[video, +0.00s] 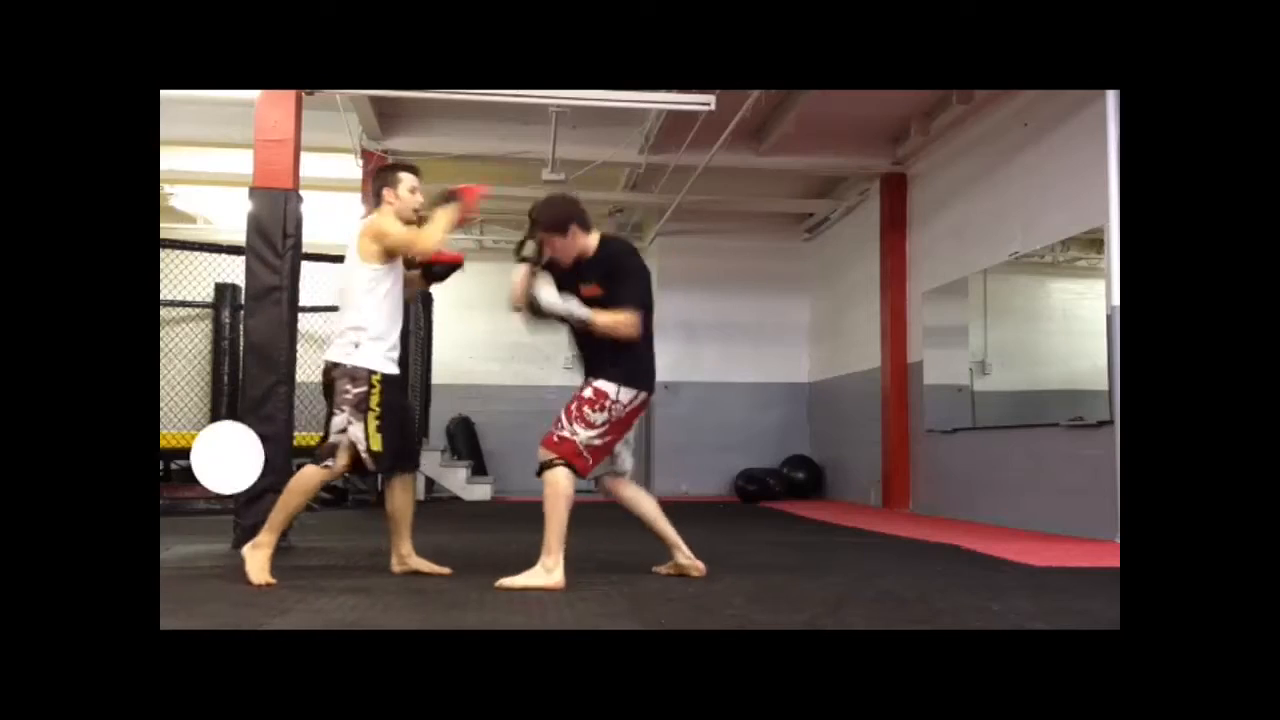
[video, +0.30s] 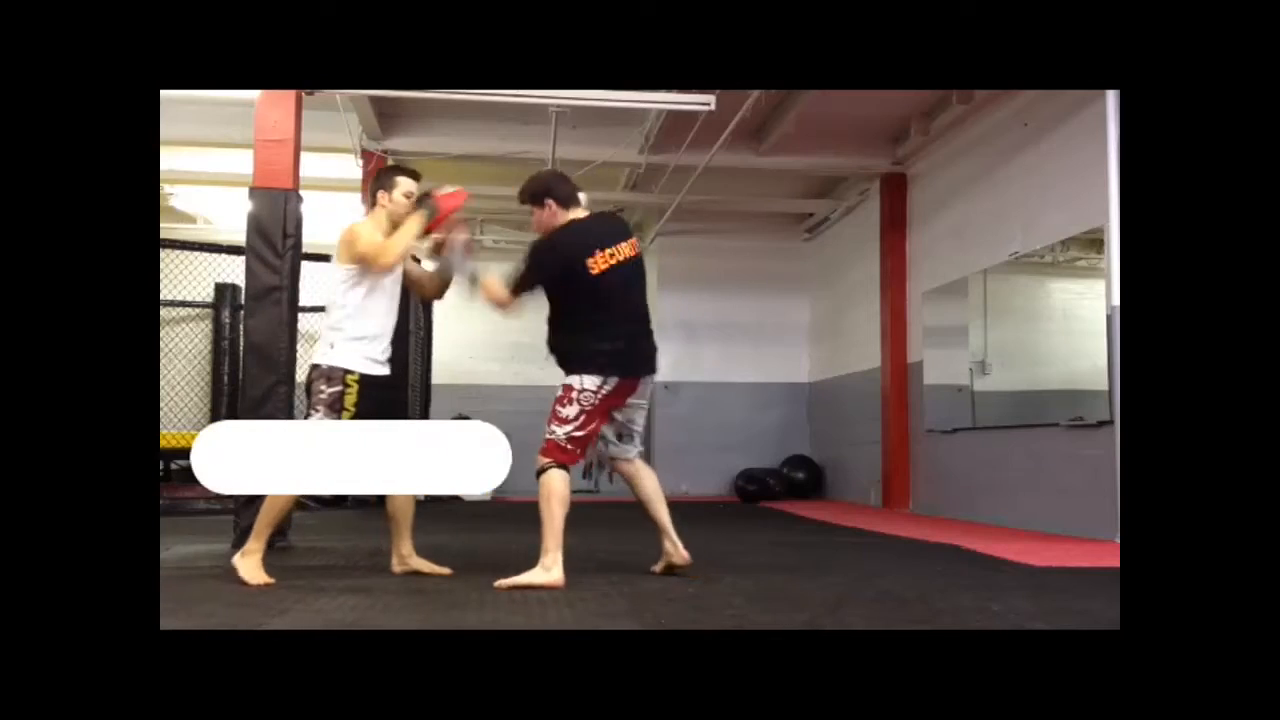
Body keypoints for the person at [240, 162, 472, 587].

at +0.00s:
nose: (421, 199)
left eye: (420, 192)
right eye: (413, 191)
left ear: (392, 197)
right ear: (388, 194)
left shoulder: (387, 233)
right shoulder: (379, 223)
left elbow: (390, 287)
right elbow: (424, 244)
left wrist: (428, 276)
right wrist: (447, 212)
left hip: (381, 363)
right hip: (358, 362)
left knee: (401, 460)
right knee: (336, 458)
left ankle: (403, 553)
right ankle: (262, 544)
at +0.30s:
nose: (414, 205)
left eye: (417, 199)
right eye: (407, 195)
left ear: (409, 206)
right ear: (381, 196)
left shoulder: (398, 244)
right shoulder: (355, 233)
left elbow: (430, 289)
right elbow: (384, 259)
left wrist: (449, 257)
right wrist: (420, 218)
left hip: (379, 370)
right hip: (338, 367)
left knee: (399, 458)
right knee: (310, 459)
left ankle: (404, 553)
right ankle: (251, 551)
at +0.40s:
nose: (401, 202)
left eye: (403, 195)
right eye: (392, 194)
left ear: (398, 200)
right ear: (365, 197)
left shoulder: (389, 246)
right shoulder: (338, 236)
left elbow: (425, 282)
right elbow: (335, 277)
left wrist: (445, 262)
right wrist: (384, 241)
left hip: (372, 371)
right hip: (328, 369)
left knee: (398, 458)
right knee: (300, 463)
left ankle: (404, 552)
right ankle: (249, 558)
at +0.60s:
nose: (369, 196)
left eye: (369, 189)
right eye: (360, 188)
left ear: (352, 194)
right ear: (332, 192)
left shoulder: (364, 241)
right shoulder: (296, 228)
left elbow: (409, 286)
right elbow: (269, 274)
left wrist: (443, 247)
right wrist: (321, 235)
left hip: (350, 366)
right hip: (300, 365)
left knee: (387, 451)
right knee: (278, 465)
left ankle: (394, 542)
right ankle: (246, 562)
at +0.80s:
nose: (377, 197)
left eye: (377, 189)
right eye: (368, 189)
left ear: (356, 196)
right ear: (340, 194)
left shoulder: (359, 245)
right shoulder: (310, 232)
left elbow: (387, 288)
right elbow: (322, 267)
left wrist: (420, 258)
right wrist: (337, 223)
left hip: (346, 366)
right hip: (304, 364)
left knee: (374, 455)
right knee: (283, 463)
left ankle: (375, 552)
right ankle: (247, 562)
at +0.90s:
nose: (385, 202)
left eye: (386, 195)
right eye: (378, 195)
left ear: (360, 197)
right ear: (354, 195)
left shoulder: (363, 239)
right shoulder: (336, 232)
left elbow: (382, 296)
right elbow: (387, 262)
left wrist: (402, 250)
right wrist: (400, 226)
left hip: (346, 369)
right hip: (312, 367)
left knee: (373, 458)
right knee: (291, 464)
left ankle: (375, 552)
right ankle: (248, 560)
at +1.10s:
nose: (378, 203)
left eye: (378, 195)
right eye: (371, 194)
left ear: (356, 199)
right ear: (344, 195)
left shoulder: (359, 241)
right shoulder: (311, 230)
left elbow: (381, 292)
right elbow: (340, 264)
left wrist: (415, 265)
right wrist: (391, 229)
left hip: (345, 367)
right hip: (305, 366)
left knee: (382, 453)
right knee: (286, 461)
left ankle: (379, 546)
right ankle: (247, 560)